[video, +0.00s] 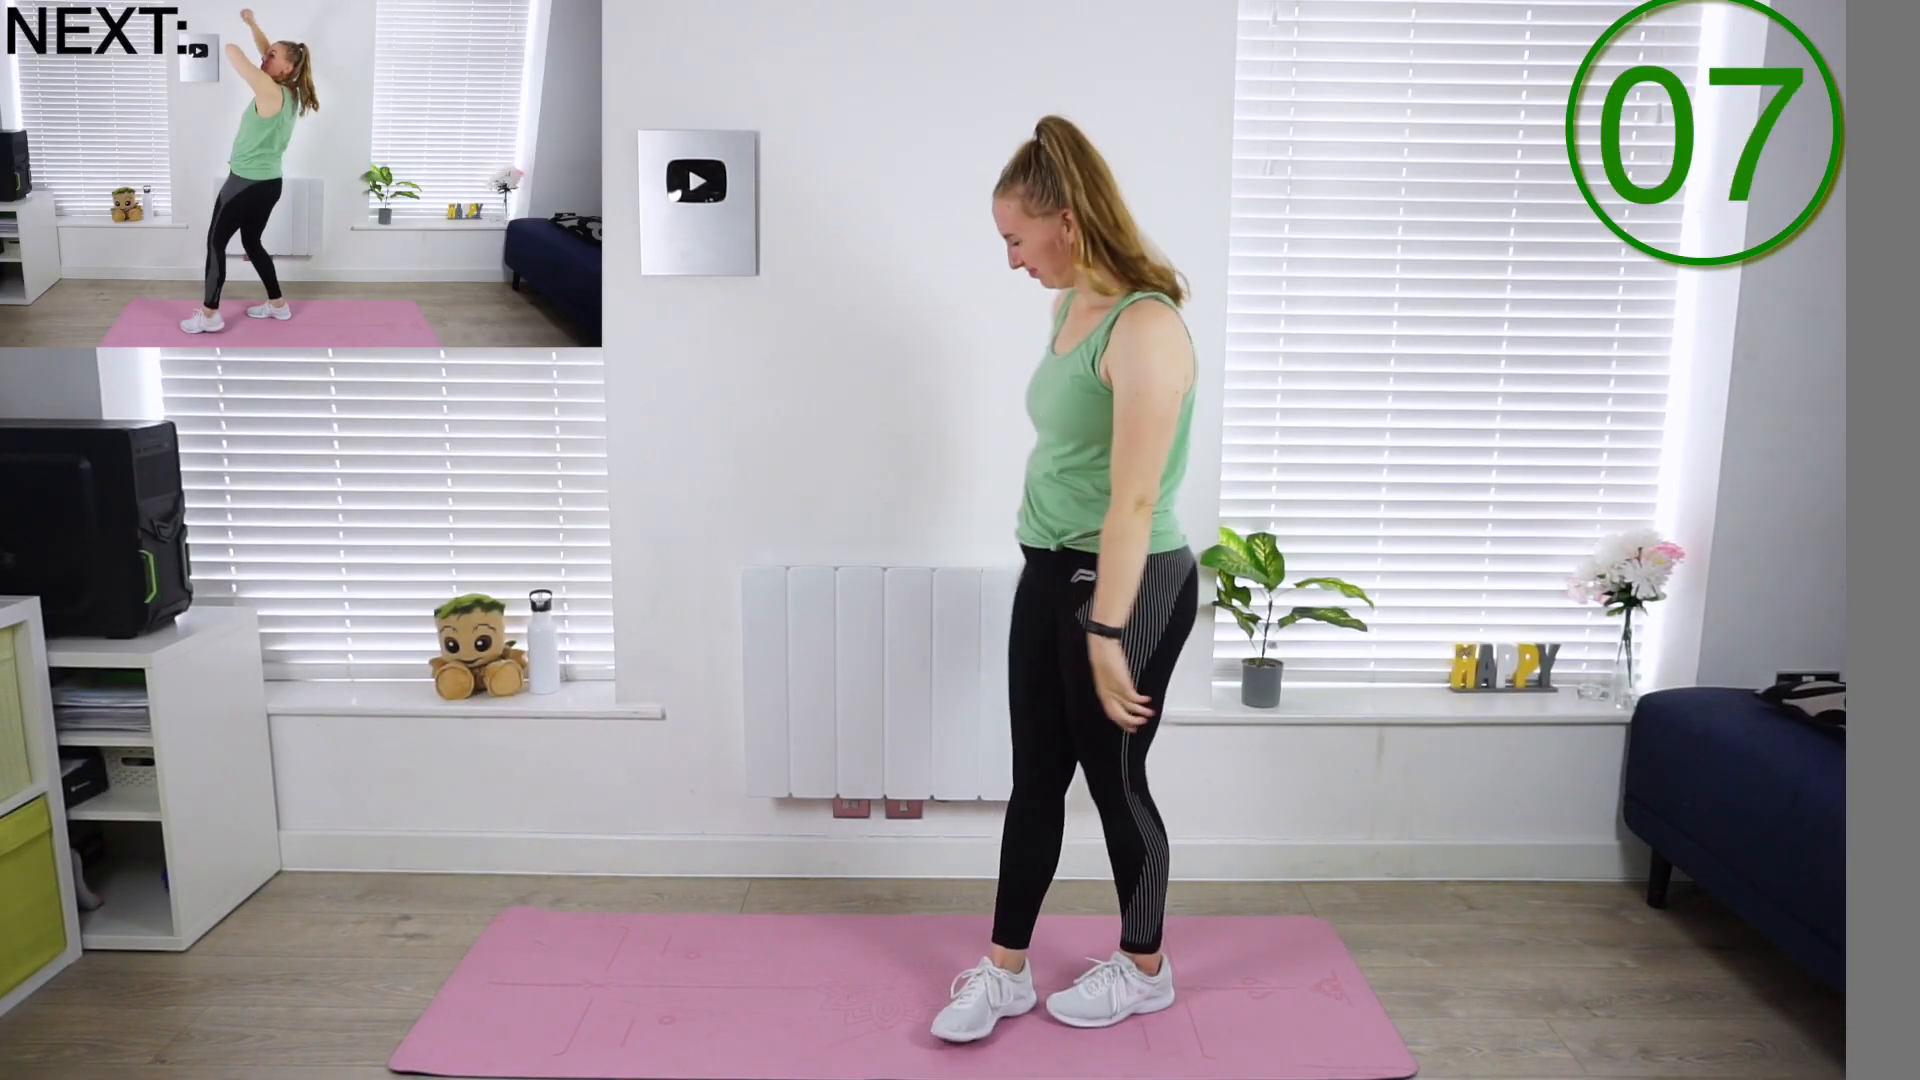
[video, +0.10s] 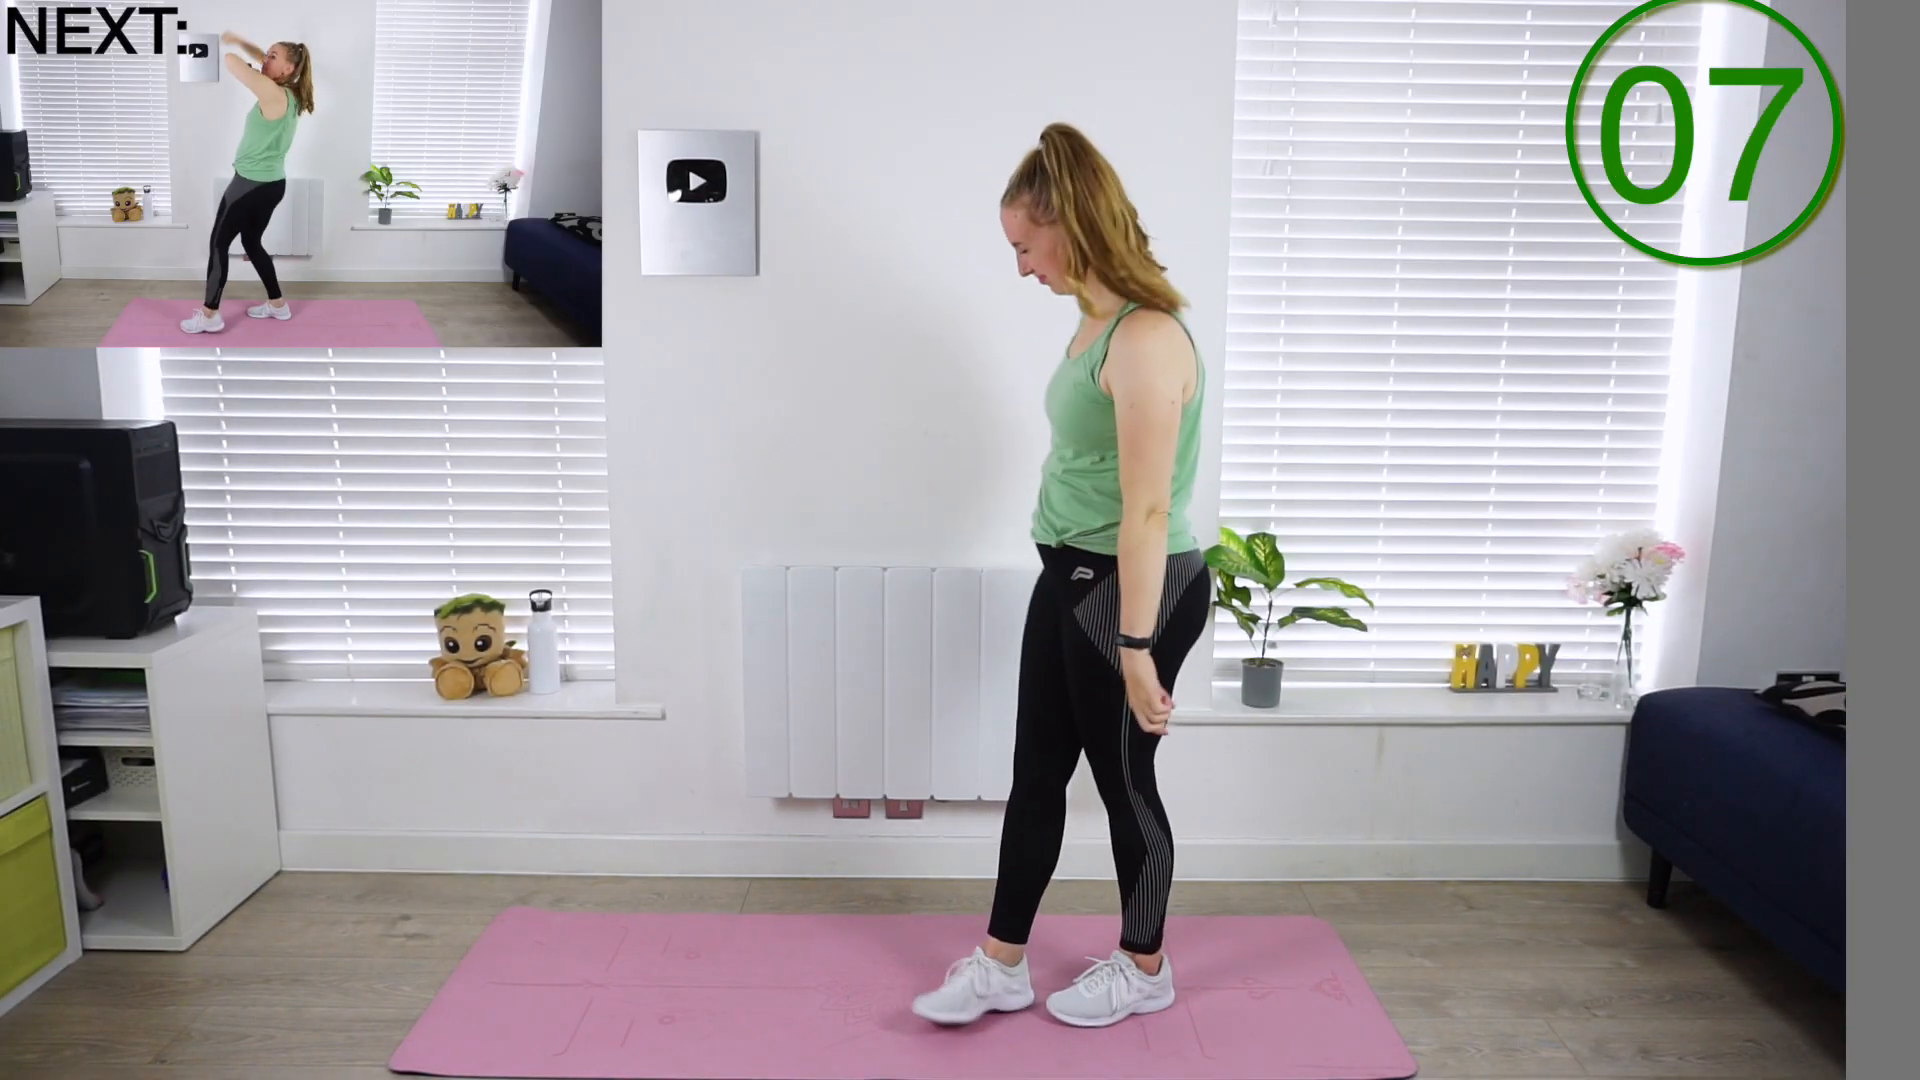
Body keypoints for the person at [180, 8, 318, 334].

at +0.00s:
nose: (266, 59)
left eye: (272, 56)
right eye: (268, 55)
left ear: (287, 69)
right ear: (287, 70)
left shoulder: (268, 89)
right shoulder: (289, 92)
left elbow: (230, 49)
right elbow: (267, 51)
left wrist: (255, 66)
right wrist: (252, 23)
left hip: (246, 182)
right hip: (268, 182)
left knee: (216, 242)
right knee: (252, 242)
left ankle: (209, 313)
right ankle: (277, 303)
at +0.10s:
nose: (265, 60)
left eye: (272, 57)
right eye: (267, 55)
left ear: (289, 69)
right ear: (288, 71)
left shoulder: (272, 94)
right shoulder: (292, 94)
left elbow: (231, 61)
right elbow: (265, 61)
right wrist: (239, 41)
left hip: (249, 183)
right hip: (271, 184)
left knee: (219, 243)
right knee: (252, 242)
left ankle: (209, 314)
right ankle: (277, 303)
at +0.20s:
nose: (262, 66)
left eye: (269, 61)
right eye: (263, 61)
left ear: (288, 68)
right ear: (286, 69)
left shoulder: (279, 97)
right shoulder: (286, 94)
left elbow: (231, 80)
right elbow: (251, 83)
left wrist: (239, 73)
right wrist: (228, 81)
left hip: (266, 186)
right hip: (272, 183)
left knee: (226, 241)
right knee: (254, 240)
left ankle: (211, 316)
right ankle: (277, 304)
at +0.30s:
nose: (253, 73)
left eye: (258, 67)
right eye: (254, 67)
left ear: (278, 71)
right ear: (276, 72)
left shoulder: (281, 103)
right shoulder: (282, 98)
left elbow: (229, 111)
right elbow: (247, 109)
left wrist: (219, 110)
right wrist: (239, 117)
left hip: (281, 190)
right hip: (278, 186)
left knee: (232, 242)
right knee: (259, 241)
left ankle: (247, 314)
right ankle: (278, 305)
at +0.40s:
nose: (245, 79)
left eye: (248, 73)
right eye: (245, 73)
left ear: (265, 76)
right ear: (266, 76)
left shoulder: (279, 105)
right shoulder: (273, 102)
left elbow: (239, 137)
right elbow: (248, 126)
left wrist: (234, 148)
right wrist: (238, 129)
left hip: (295, 189)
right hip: (281, 186)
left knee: (256, 249)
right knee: (262, 244)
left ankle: (303, 300)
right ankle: (277, 304)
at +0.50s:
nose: (238, 81)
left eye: (241, 75)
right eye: (238, 75)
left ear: (257, 77)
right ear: (256, 77)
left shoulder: (280, 103)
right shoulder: (261, 107)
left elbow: (253, 149)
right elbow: (243, 143)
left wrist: (251, 151)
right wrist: (229, 153)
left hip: (305, 186)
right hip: (283, 185)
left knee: (289, 252)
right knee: (269, 239)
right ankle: (279, 303)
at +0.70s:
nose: (235, 87)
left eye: (238, 80)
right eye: (236, 80)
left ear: (253, 81)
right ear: (253, 80)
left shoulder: (283, 106)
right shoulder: (257, 111)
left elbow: (267, 153)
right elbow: (253, 150)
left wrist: (247, 164)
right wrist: (262, 166)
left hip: (323, 181)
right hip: (295, 184)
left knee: (335, 242)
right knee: (271, 236)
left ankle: (367, 292)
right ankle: (279, 303)